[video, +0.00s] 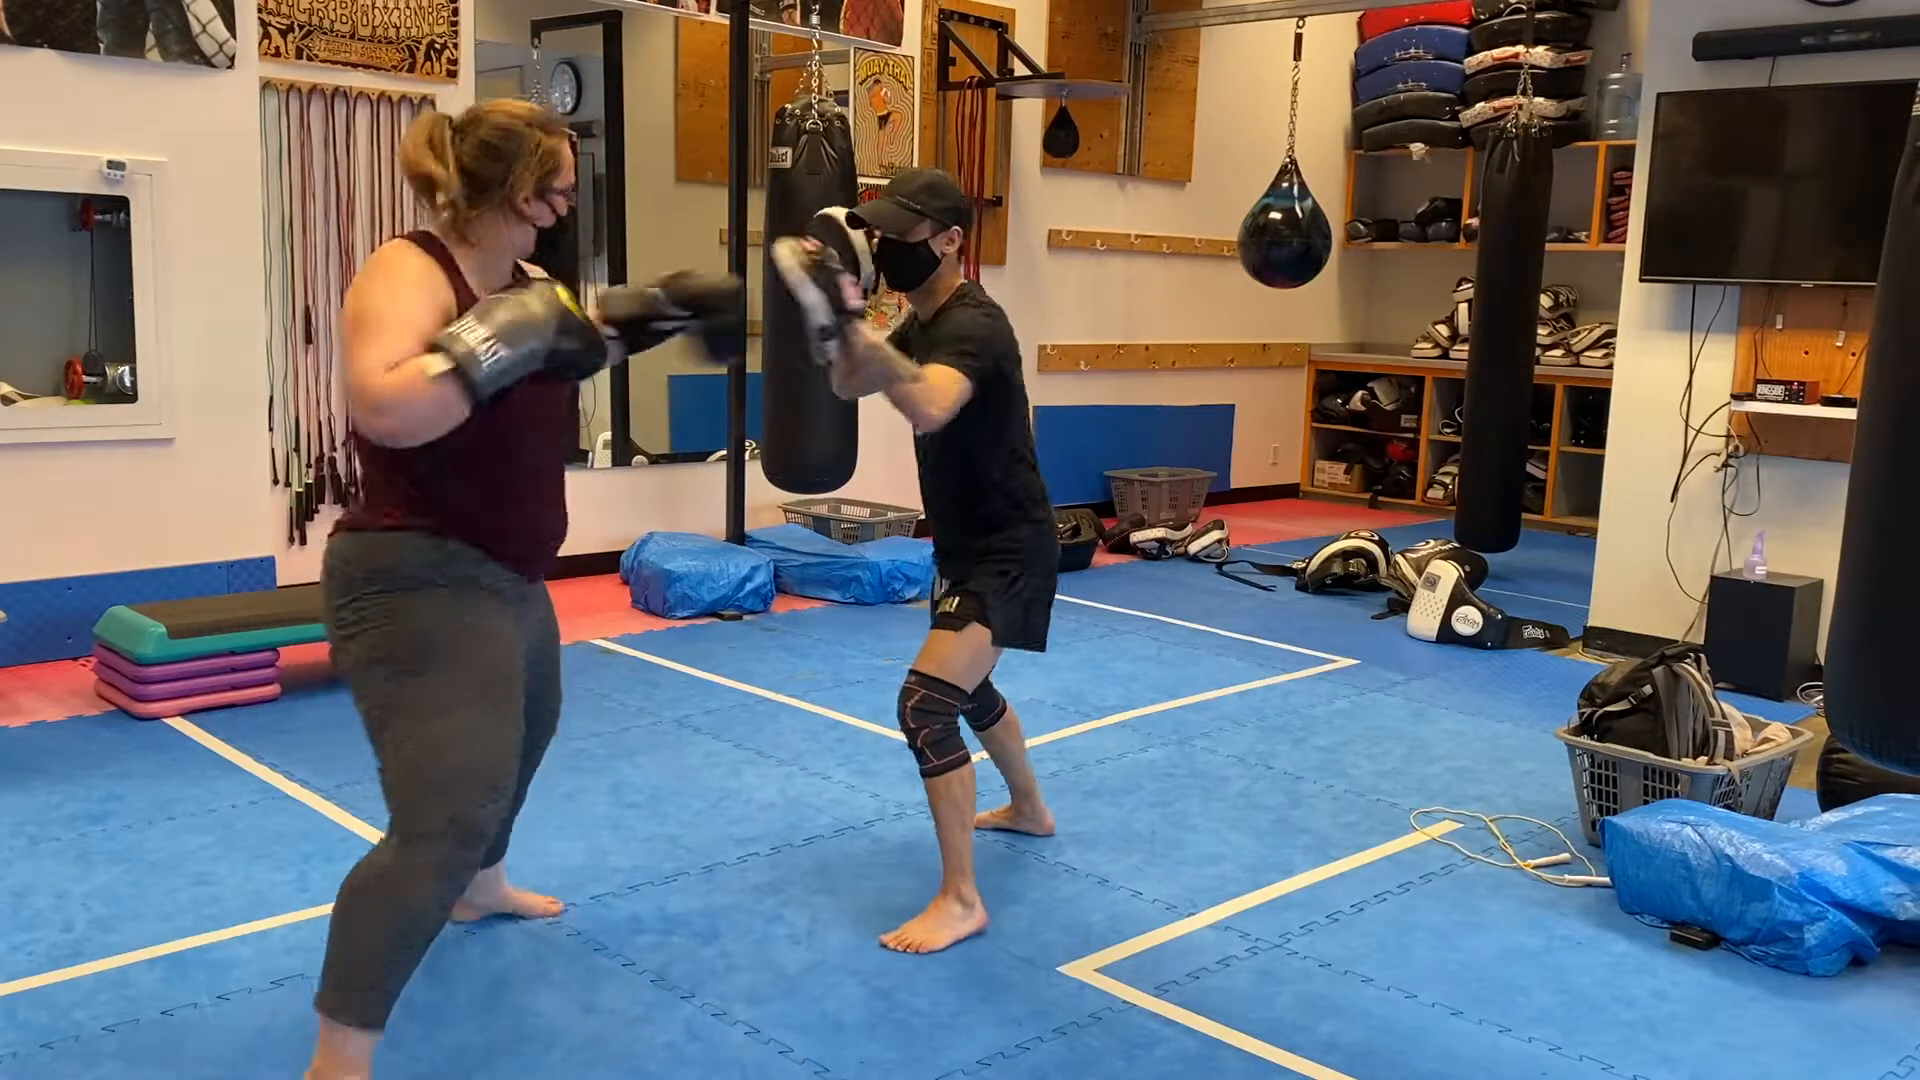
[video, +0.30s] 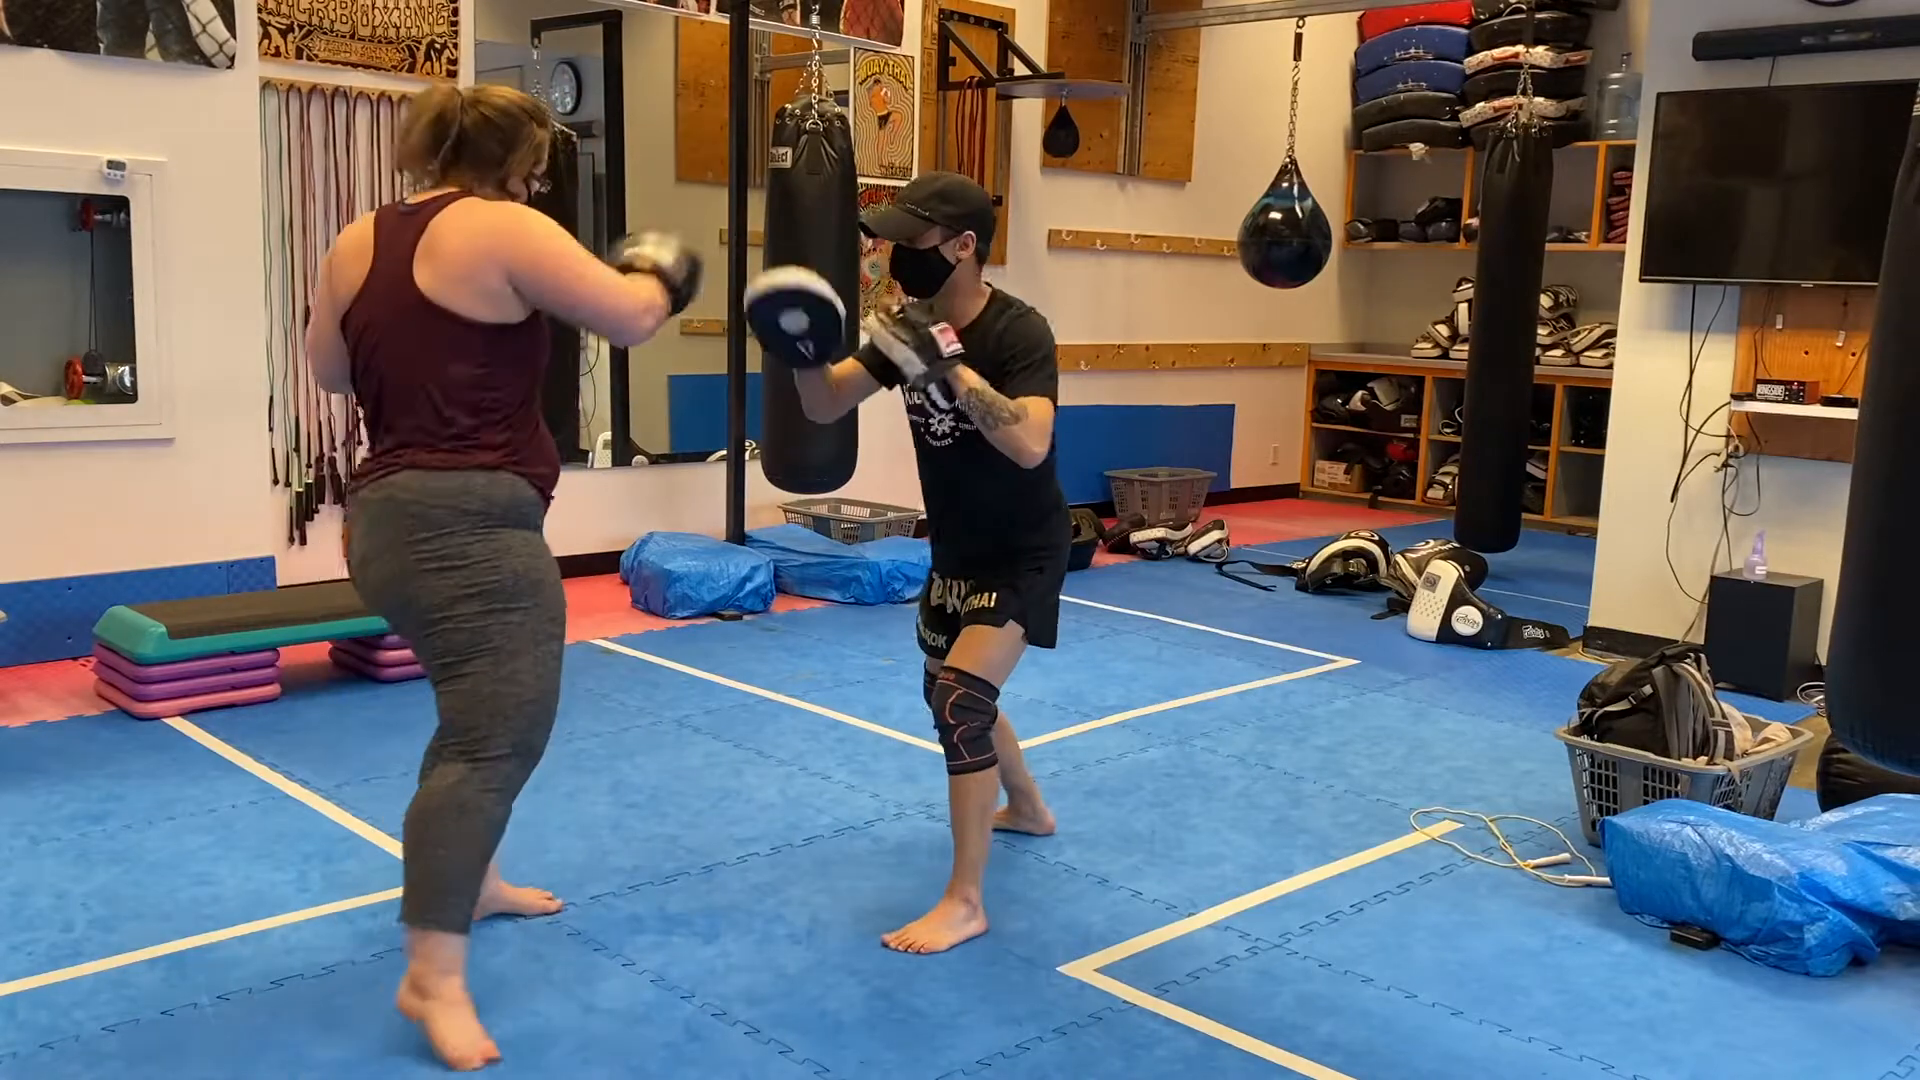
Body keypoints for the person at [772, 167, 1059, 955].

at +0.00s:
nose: (886, 252)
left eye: (899, 240)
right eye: (883, 239)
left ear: (949, 240)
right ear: (902, 242)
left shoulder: (975, 320)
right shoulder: (915, 311)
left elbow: (933, 406)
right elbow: (851, 385)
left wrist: (864, 336)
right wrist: (837, 317)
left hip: (1009, 546)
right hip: (962, 541)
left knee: (925, 707)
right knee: (968, 687)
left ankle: (961, 898)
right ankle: (1029, 807)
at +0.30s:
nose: (895, 254)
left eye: (910, 242)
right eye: (895, 241)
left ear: (963, 245)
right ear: (935, 248)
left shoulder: (1019, 329)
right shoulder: (908, 326)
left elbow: (1030, 445)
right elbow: (825, 402)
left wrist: (955, 373)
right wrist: (800, 343)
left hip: (1024, 546)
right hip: (955, 543)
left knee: (960, 695)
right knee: (958, 692)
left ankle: (965, 900)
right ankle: (1027, 805)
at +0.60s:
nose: (879, 261)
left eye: (894, 249)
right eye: (880, 248)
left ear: (945, 251)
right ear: (933, 253)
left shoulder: (980, 335)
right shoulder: (931, 329)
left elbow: (943, 447)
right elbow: (907, 415)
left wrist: (883, 384)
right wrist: (856, 374)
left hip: (1036, 545)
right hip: (989, 542)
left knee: (952, 701)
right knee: (974, 680)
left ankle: (964, 900)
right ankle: (1030, 804)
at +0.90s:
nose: (855, 256)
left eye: (869, 245)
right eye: (856, 244)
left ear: (917, 249)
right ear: (908, 251)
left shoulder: (967, 334)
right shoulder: (897, 330)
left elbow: (943, 441)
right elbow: (868, 408)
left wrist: (864, 376)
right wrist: (823, 366)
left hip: (1024, 540)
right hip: (972, 538)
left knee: (951, 702)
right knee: (978, 680)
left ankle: (964, 900)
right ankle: (1028, 806)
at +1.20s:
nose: (822, 271)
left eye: (835, 259)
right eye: (823, 258)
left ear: (882, 263)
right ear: (869, 264)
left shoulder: (948, 347)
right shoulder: (846, 348)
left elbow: (957, 460)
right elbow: (785, 442)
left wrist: (865, 399)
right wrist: (744, 374)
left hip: (986, 543)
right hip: (924, 543)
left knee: (922, 705)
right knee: (905, 690)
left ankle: (964, 901)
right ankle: (1009, 782)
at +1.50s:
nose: (775, 270)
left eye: (790, 257)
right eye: (776, 256)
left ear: (842, 262)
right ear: (821, 263)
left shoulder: (884, 349)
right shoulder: (792, 338)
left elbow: (871, 449)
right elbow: (729, 421)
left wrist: (799, 386)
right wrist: (713, 363)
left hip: (896, 548)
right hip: (834, 542)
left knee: (878, 713)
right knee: (766, 647)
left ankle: (958, 893)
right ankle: (780, 751)